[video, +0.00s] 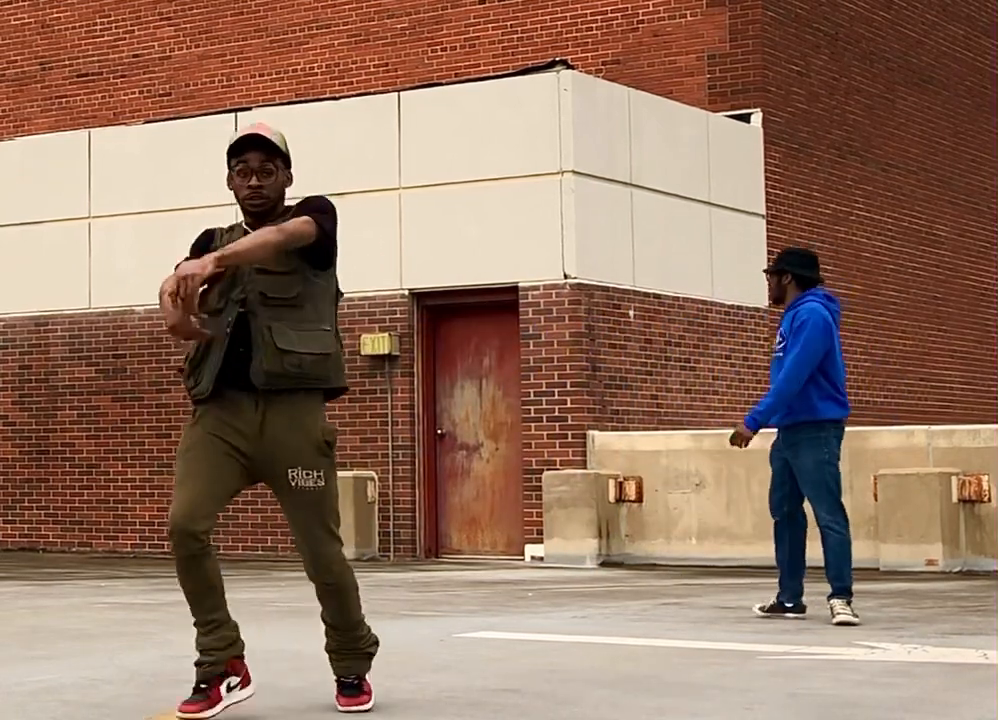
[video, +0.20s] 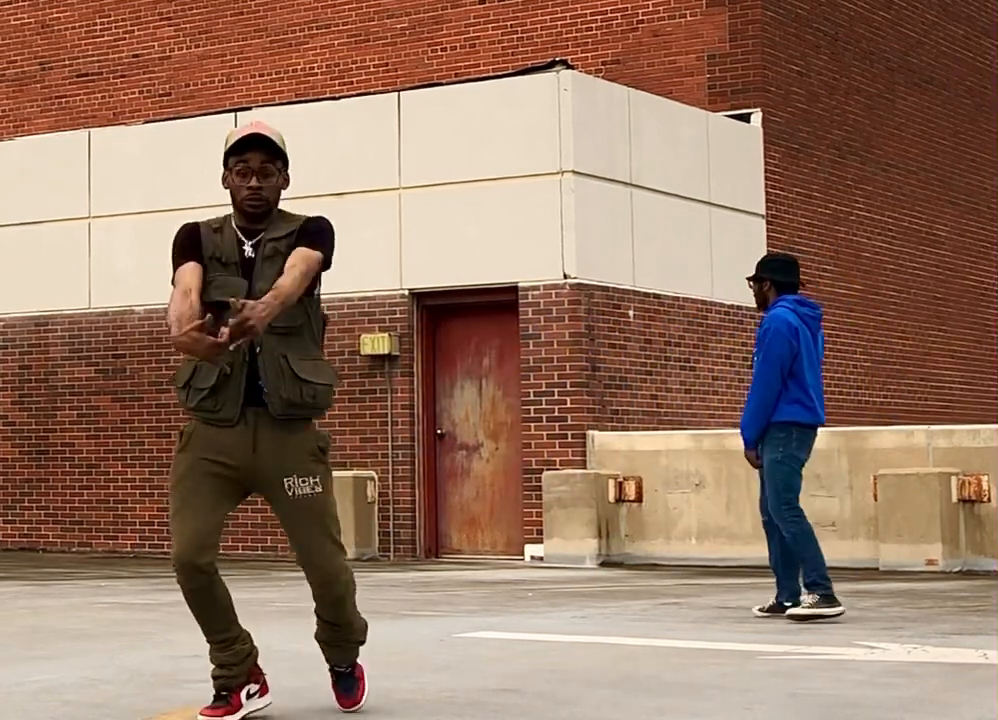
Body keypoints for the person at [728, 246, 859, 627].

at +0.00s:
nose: (769, 284)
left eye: (773, 277)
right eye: (769, 278)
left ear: (790, 278)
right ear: (792, 279)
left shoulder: (814, 316)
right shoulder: (795, 315)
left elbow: (792, 378)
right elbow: (788, 380)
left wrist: (751, 422)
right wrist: (771, 425)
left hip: (817, 430)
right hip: (790, 432)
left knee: (828, 514)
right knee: (785, 512)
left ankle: (840, 598)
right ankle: (788, 599)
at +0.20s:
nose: (753, 290)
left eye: (756, 284)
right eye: (754, 284)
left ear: (769, 285)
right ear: (787, 285)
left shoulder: (779, 322)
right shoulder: (799, 319)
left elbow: (767, 383)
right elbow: (779, 383)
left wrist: (748, 435)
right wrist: (757, 436)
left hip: (787, 424)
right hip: (788, 422)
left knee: (784, 507)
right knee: (771, 510)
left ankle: (822, 594)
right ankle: (788, 596)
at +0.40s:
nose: (747, 287)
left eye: (749, 282)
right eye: (748, 281)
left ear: (758, 284)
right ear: (784, 284)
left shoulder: (760, 319)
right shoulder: (805, 321)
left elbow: (746, 378)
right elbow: (806, 377)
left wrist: (724, 431)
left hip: (772, 426)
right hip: (800, 426)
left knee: (747, 504)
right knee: (786, 509)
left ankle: (777, 590)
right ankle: (790, 594)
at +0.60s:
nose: (729, 303)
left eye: (729, 296)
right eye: (728, 296)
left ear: (737, 294)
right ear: (763, 288)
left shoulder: (739, 326)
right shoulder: (799, 323)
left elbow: (721, 387)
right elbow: (806, 379)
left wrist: (700, 441)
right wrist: (791, 418)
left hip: (754, 433)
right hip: (789, 434)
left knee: (724, 505)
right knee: (782, 514)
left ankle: (724, 593)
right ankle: (789, 597)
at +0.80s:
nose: (703, 303)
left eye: (703, 297)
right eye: (703, 297)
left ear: (709, 298)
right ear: (739, 294)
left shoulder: (710, 332)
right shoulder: (774, 327)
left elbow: (707, 395)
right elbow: (783, 384)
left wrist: (705, 450)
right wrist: (778, 427)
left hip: (732, 438)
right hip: (770, 435)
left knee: (719, 520)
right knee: (774, 516)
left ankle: (714, 592)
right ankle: (787, 594)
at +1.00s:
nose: (672, 303)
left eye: (672, 298)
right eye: (673, 298)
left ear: (677, 299)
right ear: (709, 293)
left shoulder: (681, 336)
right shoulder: (747, 325)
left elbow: (680, 398)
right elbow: (757, 380)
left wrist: (687, 451)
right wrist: (753, 423)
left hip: (706, 436)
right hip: (744, 433)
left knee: (702, 517)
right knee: (748, 508)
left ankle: (710, 593)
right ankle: (776, 574)